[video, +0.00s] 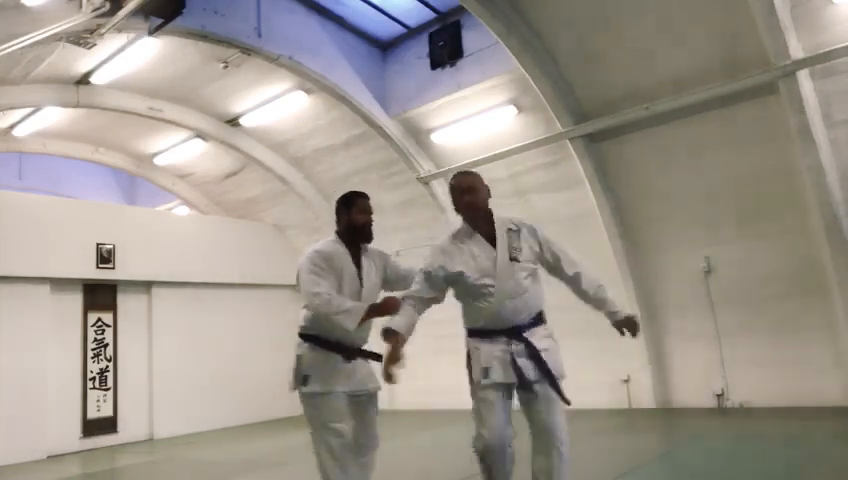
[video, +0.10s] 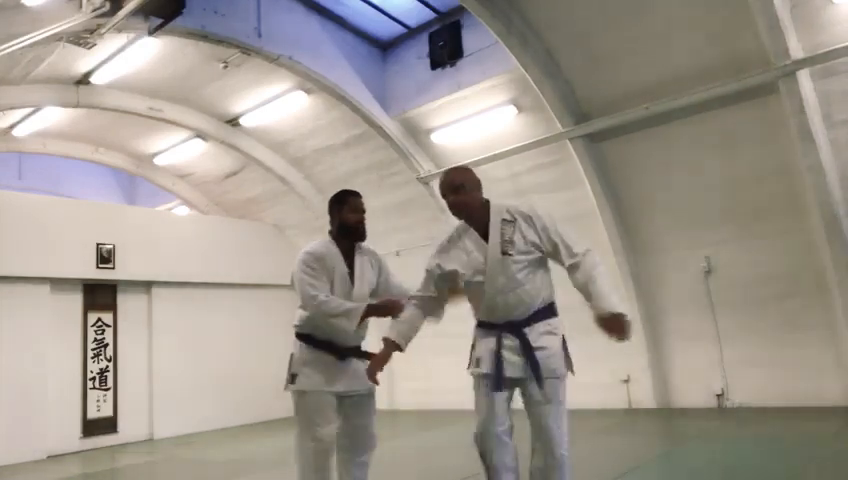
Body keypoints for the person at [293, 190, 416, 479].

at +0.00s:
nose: (370, 220)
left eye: (371, 213)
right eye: (364, 213)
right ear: (342, 217)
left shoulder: (376, 259)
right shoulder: (318, 258)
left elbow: (414, 279)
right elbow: (320, 304)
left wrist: (440, 278)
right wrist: (371, 310)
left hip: (357, 363)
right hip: (321, 366)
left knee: (366, 442)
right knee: (336, 444)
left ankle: (357, 477)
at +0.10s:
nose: (363, 218)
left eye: (364, 212)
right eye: (356, 213)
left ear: (362, 215)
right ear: (335, 216)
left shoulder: (371, 259)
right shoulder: (313, 256)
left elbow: (396, 296)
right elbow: (314, 303)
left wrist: (429, 300)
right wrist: (369, 310)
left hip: (354, 363)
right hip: (314, 364)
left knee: (359, 443)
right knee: (319, 442)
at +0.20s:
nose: (355, 219)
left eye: (355, 213)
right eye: (348, 213)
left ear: (354, 214)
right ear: (327, 217)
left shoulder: (365, 260)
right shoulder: (307, 257)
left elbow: (385, 309)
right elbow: (309, 303)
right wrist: (364, 311)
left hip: (350, 364)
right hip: (310, 365)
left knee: (358, 446)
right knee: (298, 446)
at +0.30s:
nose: (345, 219)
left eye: (346, 213)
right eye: (337, 213)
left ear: (346, 217)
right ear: (318, 219)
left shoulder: (358, 262)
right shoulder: (300, 259)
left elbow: (371, 314)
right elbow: (301, 303)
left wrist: (376, 362)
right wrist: (356, 319)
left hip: (347, 366)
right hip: (305, 367)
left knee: (359, 445)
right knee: (285, 447)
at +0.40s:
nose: (335, 220)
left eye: (336, 214)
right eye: (327, 214)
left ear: (337, 219)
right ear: (308, 221)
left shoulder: (349, 265)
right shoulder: (292, 261)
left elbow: (361, 316)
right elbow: (291, 308)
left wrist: (360, 362)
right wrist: (336, 339)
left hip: (342, 368)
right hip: (300, 369)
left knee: (358, 445)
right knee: (281, 450)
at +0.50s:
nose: (326, 223)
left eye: (327, 217)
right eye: (319, 217)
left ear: (328, 220)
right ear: (298, 222)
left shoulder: (337, 266)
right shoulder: (280, 266)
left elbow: (351, 313)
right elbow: (277, 320)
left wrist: (359, 354)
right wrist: (311, 357)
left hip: (335, 370)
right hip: (291, 374)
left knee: (352, 446)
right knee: (279, 456)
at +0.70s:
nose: (312, 222)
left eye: (311, 217)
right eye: (304, 217)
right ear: (282, 222)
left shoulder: (322, 266)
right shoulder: (260, 270)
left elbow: (339, 313)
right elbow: (250, 328)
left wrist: (353, 355)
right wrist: (268, 374)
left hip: (318, 369)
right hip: (274, 372)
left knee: (342, 444)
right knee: (269, 456)